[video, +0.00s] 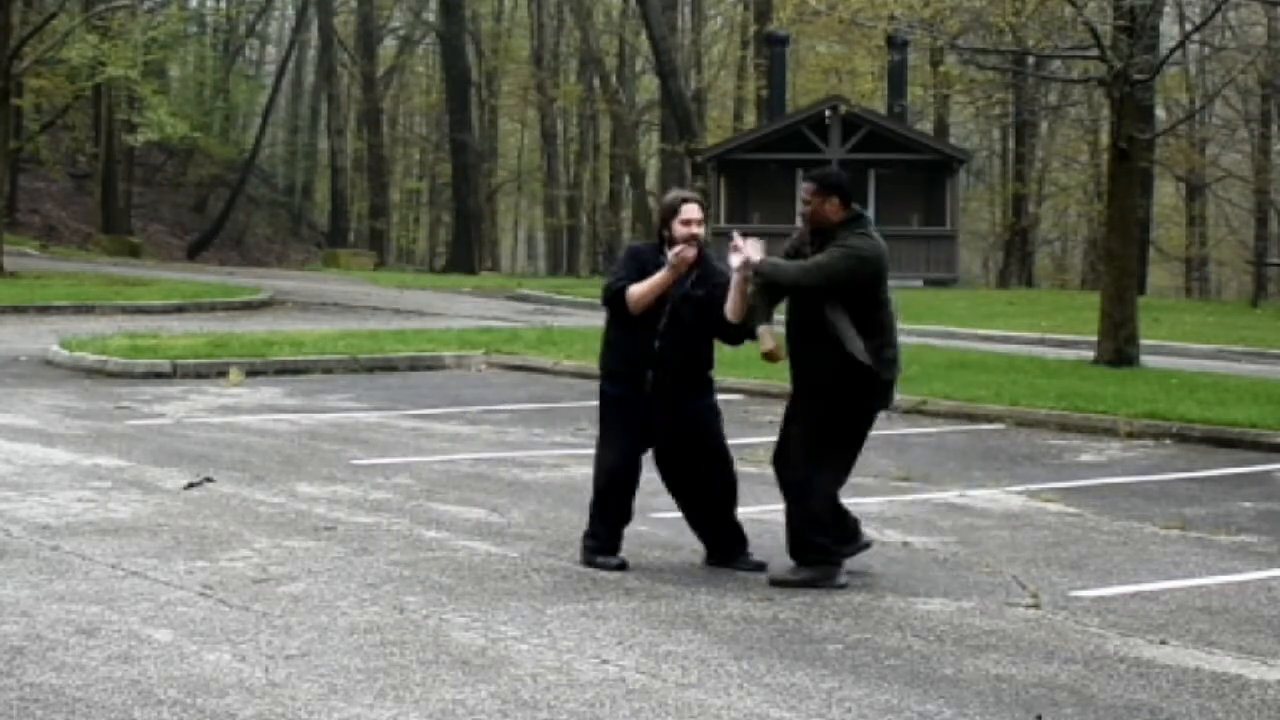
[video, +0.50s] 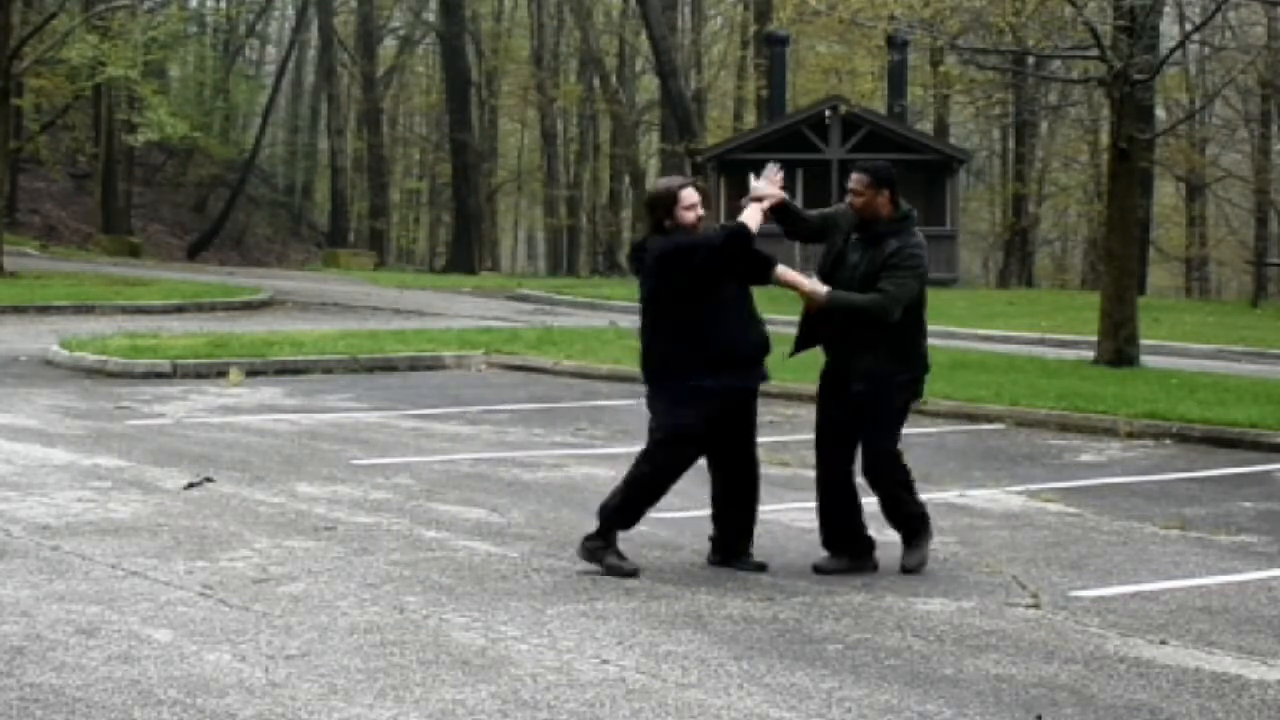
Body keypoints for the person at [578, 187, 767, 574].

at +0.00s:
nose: (694, 230)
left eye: (699, 223)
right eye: (686, 223)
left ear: (706, 228)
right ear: (666, 227)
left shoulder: (711, 273)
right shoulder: (639, 258)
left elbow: (732, 331)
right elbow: (621, 306)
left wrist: (740, 277)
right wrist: (670, 271)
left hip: (686, 391)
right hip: (630, 389)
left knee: (710, 470)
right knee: (616, 470)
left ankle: (725, 549)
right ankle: (600, 547)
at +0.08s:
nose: (698, 231)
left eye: (704, 223)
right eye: (690, 223)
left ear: (710, 228)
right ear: (670, 227)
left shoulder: (716, 274)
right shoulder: (643, 260)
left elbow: (747, 331)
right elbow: (628, 307)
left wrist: (744, 292)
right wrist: (682, 270)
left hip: (691, 391)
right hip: (634, 389)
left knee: (711, 470)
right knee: (615, 470)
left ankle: (727, 550)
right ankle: (600, 548)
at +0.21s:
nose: (704, 223)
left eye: (707, 215)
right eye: (695, 216)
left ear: (712, 219)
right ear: (672, 221)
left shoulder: (720, 262)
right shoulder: (654, 258)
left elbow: (762, 299)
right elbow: (698, 281)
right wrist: (739, 241)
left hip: (702, 387)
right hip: (647, 386)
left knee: (719, 469)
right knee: (623, 468)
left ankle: (729, 549)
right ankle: (602, 546)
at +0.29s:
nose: (703, 217)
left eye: (705, 210)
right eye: (693, 211)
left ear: (709, 214)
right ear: (671, 218)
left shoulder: (717, 252)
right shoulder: (664, 257)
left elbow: (762, 279)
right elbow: (722, 267)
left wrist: (795, 308)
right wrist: (745, 221)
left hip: (713, 384)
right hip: (661, 385)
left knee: (724, 467)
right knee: (634, 466)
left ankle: (729, 549)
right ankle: (601, 543)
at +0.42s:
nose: (696, 216)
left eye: (698, 209)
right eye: (686, 211)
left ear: (704, 211)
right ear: (663, 219)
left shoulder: (719, 247)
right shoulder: (658, 255)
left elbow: (767, 269)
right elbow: (727, 246)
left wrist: (806, 290)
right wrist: (751, 212)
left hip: (727, 380)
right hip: (677, 382)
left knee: (733, 469)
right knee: (653, 467)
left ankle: (731, 548)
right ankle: (595, 531)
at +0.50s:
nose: (699, 213)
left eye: (700, 206)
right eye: (689, 209)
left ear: (704, 208)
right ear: (667, 216)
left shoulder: (714, 245)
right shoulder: (662, 253)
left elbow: (763, 267)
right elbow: (730, 241)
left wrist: (805, 284)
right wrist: (759, 203)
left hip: (732, 378)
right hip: (683, 382)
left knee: (737, 468)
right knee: (664, 462)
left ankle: (731, 549)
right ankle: (602, 537)